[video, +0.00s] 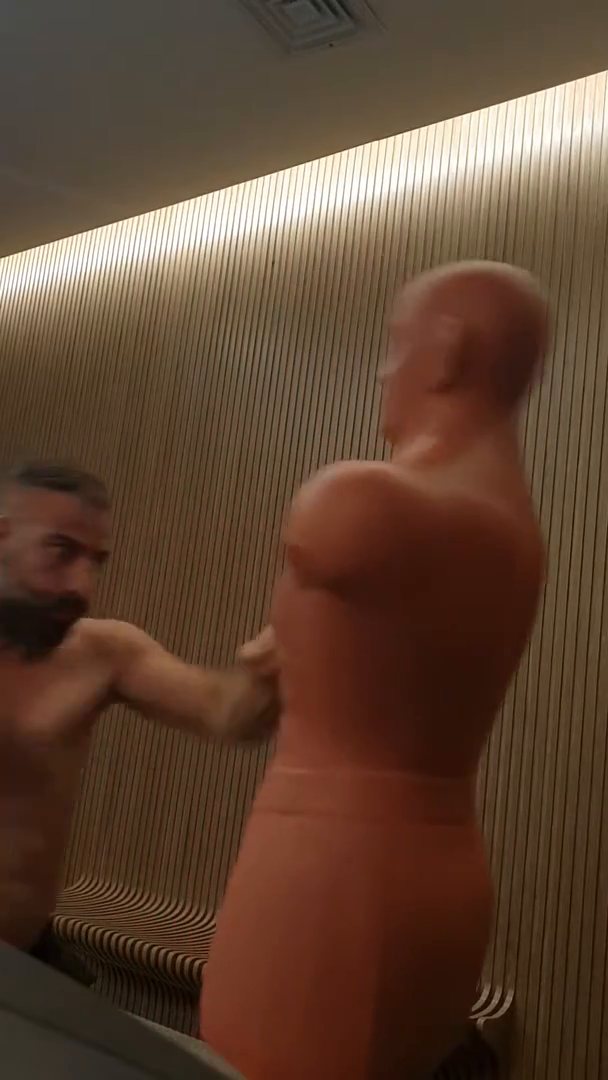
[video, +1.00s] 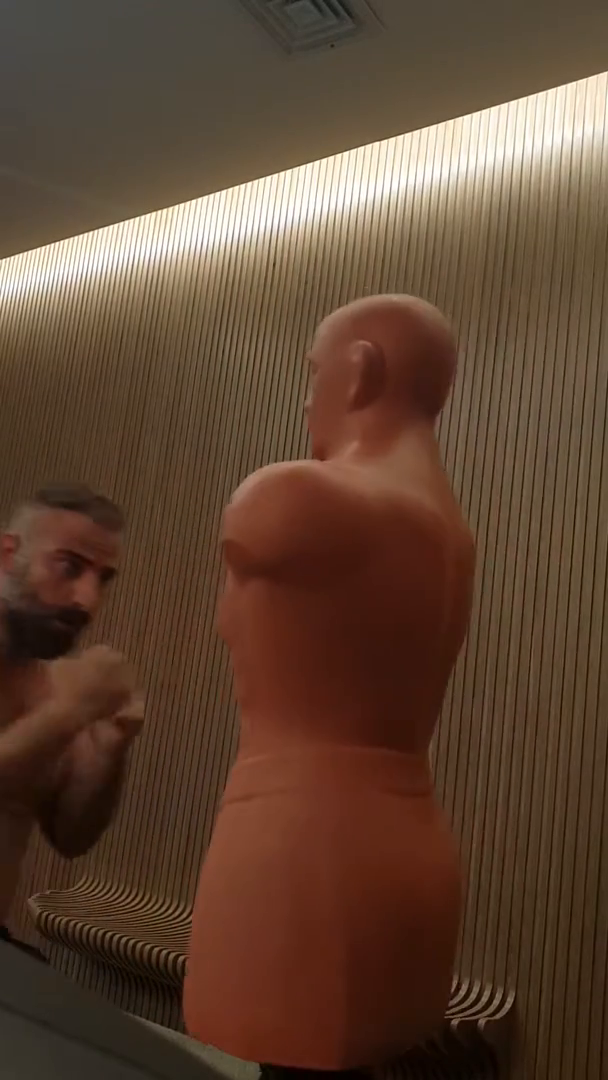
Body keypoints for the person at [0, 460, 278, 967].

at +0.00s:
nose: (82, 584)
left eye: (95, 561)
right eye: (61, 551)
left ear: (103, 563)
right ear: (2, 535)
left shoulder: (100, 652)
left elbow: (223, 710)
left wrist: (260, 679)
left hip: (23, 953)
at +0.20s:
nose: (190, 588)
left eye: (200, 564)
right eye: (169, 558)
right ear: (104, 543)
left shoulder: (159, 661)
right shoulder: (28, 626)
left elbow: (218, 779)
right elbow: (82, 722)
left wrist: (245, 686)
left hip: (77, 964)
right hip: (9, 956)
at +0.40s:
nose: (229, 610)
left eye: (243, 590)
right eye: (211, 579)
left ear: (250, 598)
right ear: (154, 570)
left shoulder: (215, 705)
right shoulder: (41, 666)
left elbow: (260, 833)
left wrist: (287, 722)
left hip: (100, 988)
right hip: (11, 958)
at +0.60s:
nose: (250, 630)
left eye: (265, 612)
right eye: (235, 600)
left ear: (271, 622)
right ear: (180, 588)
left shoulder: (174, 701)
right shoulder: (129, 652)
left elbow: (198, 830)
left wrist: (243, 714)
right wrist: (148, 825)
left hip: (84, 967)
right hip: (20, 948)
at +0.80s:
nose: (191, 615)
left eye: (205, 596)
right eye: (174, 584)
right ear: (118, 572)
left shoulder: (123, 673)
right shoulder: (57, 638)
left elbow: (154, 829)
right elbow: (69, 758)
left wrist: (196, 695)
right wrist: (199, 677)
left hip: (47, 955)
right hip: (9, 951)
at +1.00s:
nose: (88, 598)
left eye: (103, 578)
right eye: (70, 565)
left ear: (110, 584)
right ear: (9, 553)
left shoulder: (47, 686)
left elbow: (69, 838)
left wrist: (109, 752)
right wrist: (65, 711)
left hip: (3, 935)